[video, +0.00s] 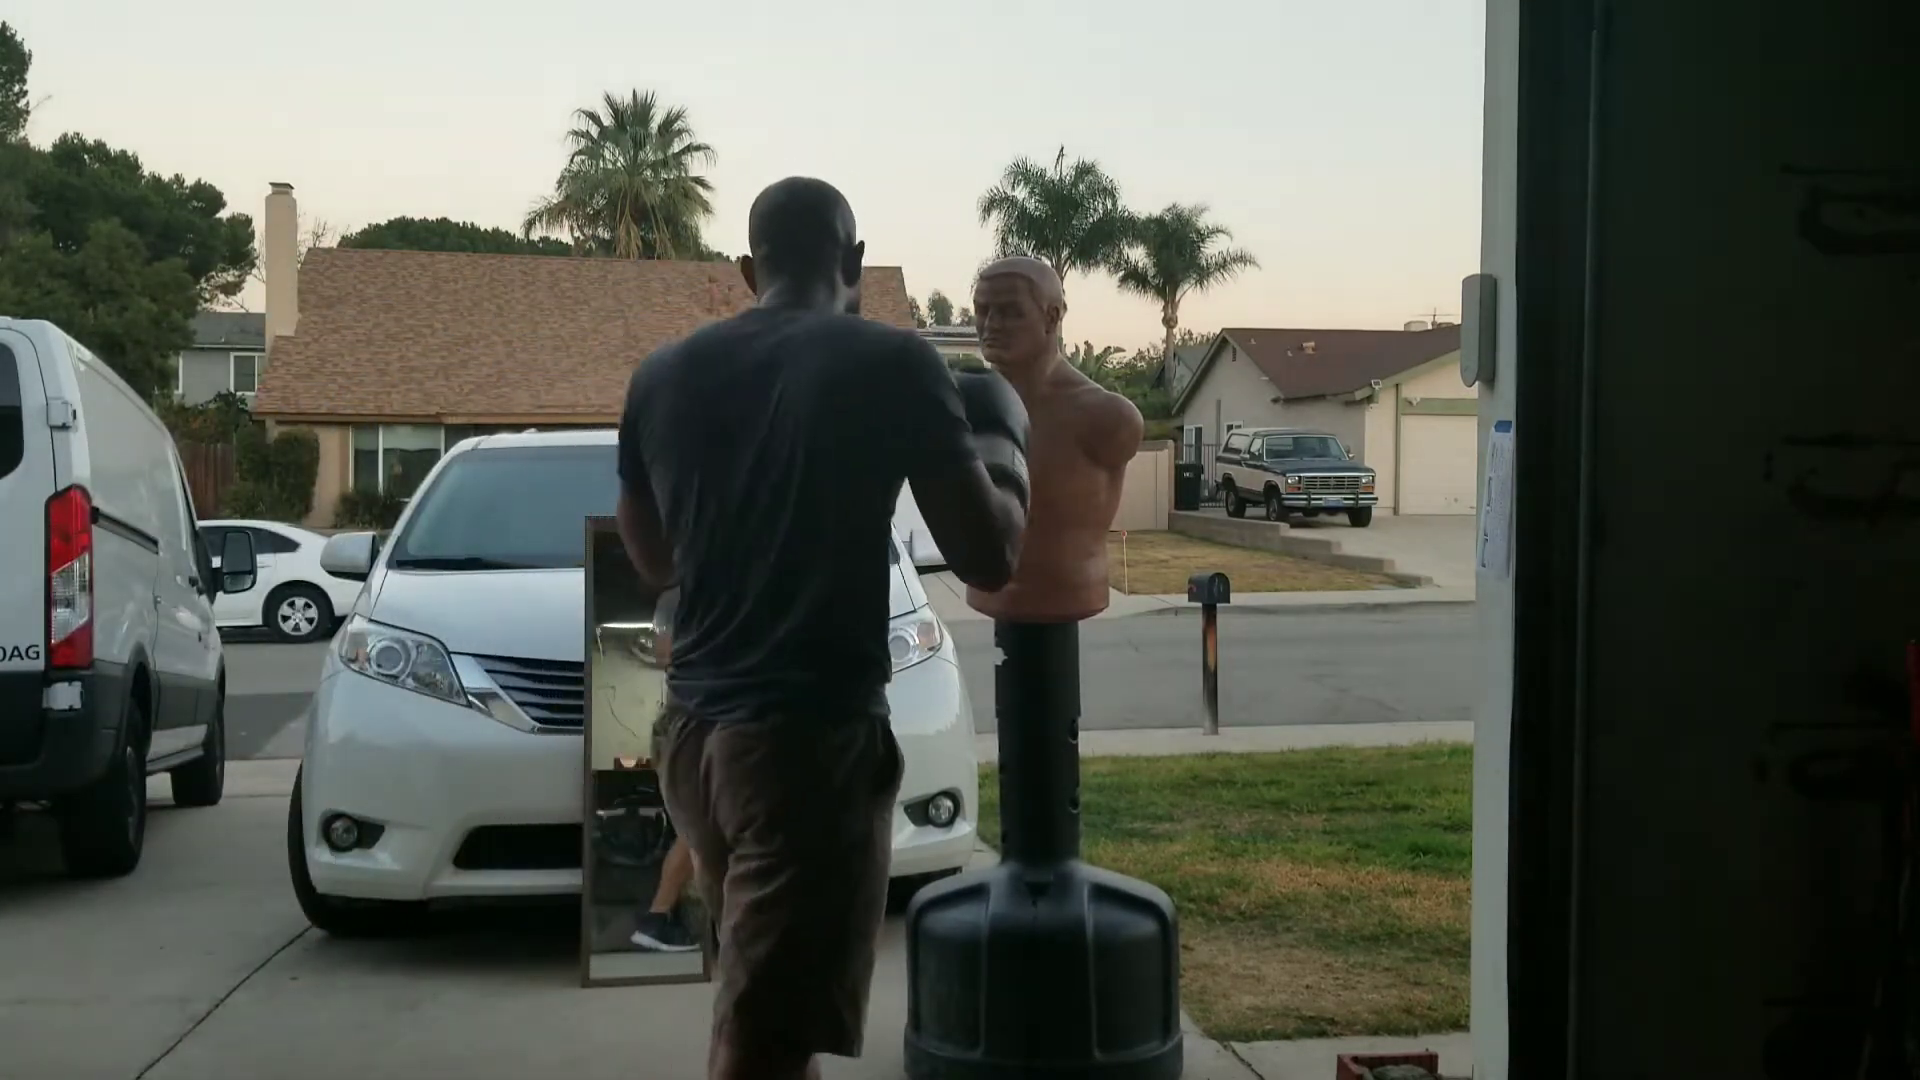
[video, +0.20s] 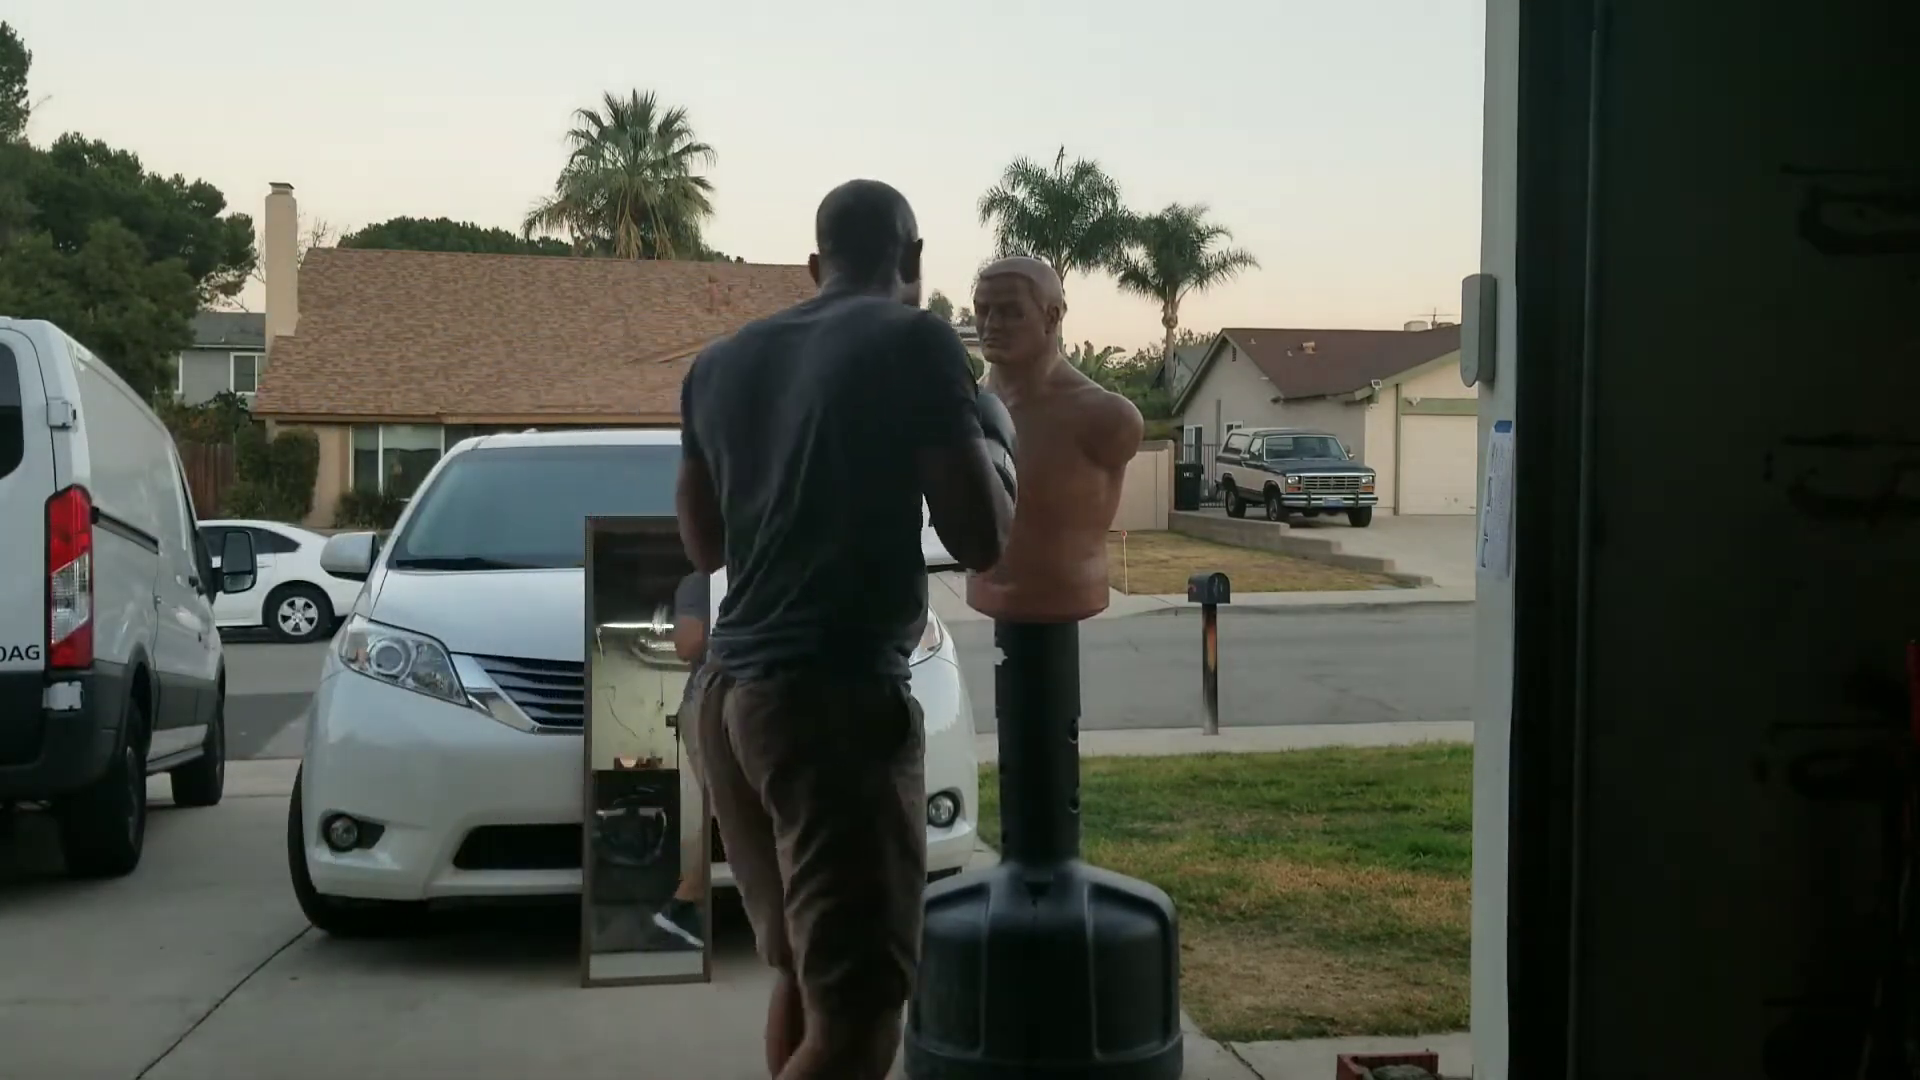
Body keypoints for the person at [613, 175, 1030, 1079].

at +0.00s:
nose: (861, 275)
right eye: (862, 262)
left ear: (748, 269)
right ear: (855, 260)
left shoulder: (662, 373)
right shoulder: (892, 359)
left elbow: (655, 566)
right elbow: (987, 556)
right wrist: (1001, 439)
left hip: (691, 738)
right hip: (810, 747)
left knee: (762, 1000)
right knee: (762, 1033)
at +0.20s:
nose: (922, 277)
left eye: (916, 266)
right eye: (921, 264)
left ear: (814, 265)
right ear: (913, 260)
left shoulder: (719, 362)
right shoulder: (915, 343)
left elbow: (704, 542)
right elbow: (979, 542)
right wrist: (985, 429)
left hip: (728, 705)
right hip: (837, 702)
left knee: (796, 978)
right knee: (856, 1015)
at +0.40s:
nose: (1025, 368)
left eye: (1026, 346)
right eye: (1025, 345)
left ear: (918, 331)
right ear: (1005, 347)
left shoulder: (828, 405)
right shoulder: (957, 416)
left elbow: (733, 552)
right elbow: (1002, 613)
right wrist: (1032, 493)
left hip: (712, 736)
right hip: (804, 744)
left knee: (837, 988)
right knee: (956, 1034)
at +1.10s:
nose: (938, 383)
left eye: (936, 369)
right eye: (937, 368)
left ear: (848, 356)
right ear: (920, 365)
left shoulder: (771, 419)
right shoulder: (892, 436)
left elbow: (722, 501)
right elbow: (963, 593)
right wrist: (990, 473)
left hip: (744, 715)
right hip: (772, 732)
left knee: (870, 853)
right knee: (863, 995)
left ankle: (768, 1053)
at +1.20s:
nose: (930, 401)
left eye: (930, 386)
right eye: (928, 385)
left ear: (852, 378)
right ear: (906, 390)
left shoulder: (818, 438)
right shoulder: (826, 455)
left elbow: (846, 569)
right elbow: (837, 598)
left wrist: (910, 554)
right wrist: (921, 576)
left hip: (734, 724)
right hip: (754, 732)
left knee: (793, 935)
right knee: (853, 980)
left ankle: (749, 1060)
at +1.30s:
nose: (897, 423)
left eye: (898, 411)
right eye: (896, 411)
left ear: (812, 403)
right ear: (878, 412)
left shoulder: (752, 452)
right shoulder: (838, 478)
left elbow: (883, 426)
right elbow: (914, 603)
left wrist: (945, 395)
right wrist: (952, 532)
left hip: (688, 734)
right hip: (762, 743)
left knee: (776, 896)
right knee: (817, 996)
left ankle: (770, 1055)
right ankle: (741, 1068)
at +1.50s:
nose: (868, 443)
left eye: (869, 433)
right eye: (866, 432)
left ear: (781, 426)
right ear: (848, 427)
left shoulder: (688, 490)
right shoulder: (863, 483)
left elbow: (638, 633)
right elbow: (985, 574)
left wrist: (717, 588)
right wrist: (996, 526)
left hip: (655, 737)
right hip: (735, 743)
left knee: (791, 842)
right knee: (721, 1000)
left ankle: (744, 1053)